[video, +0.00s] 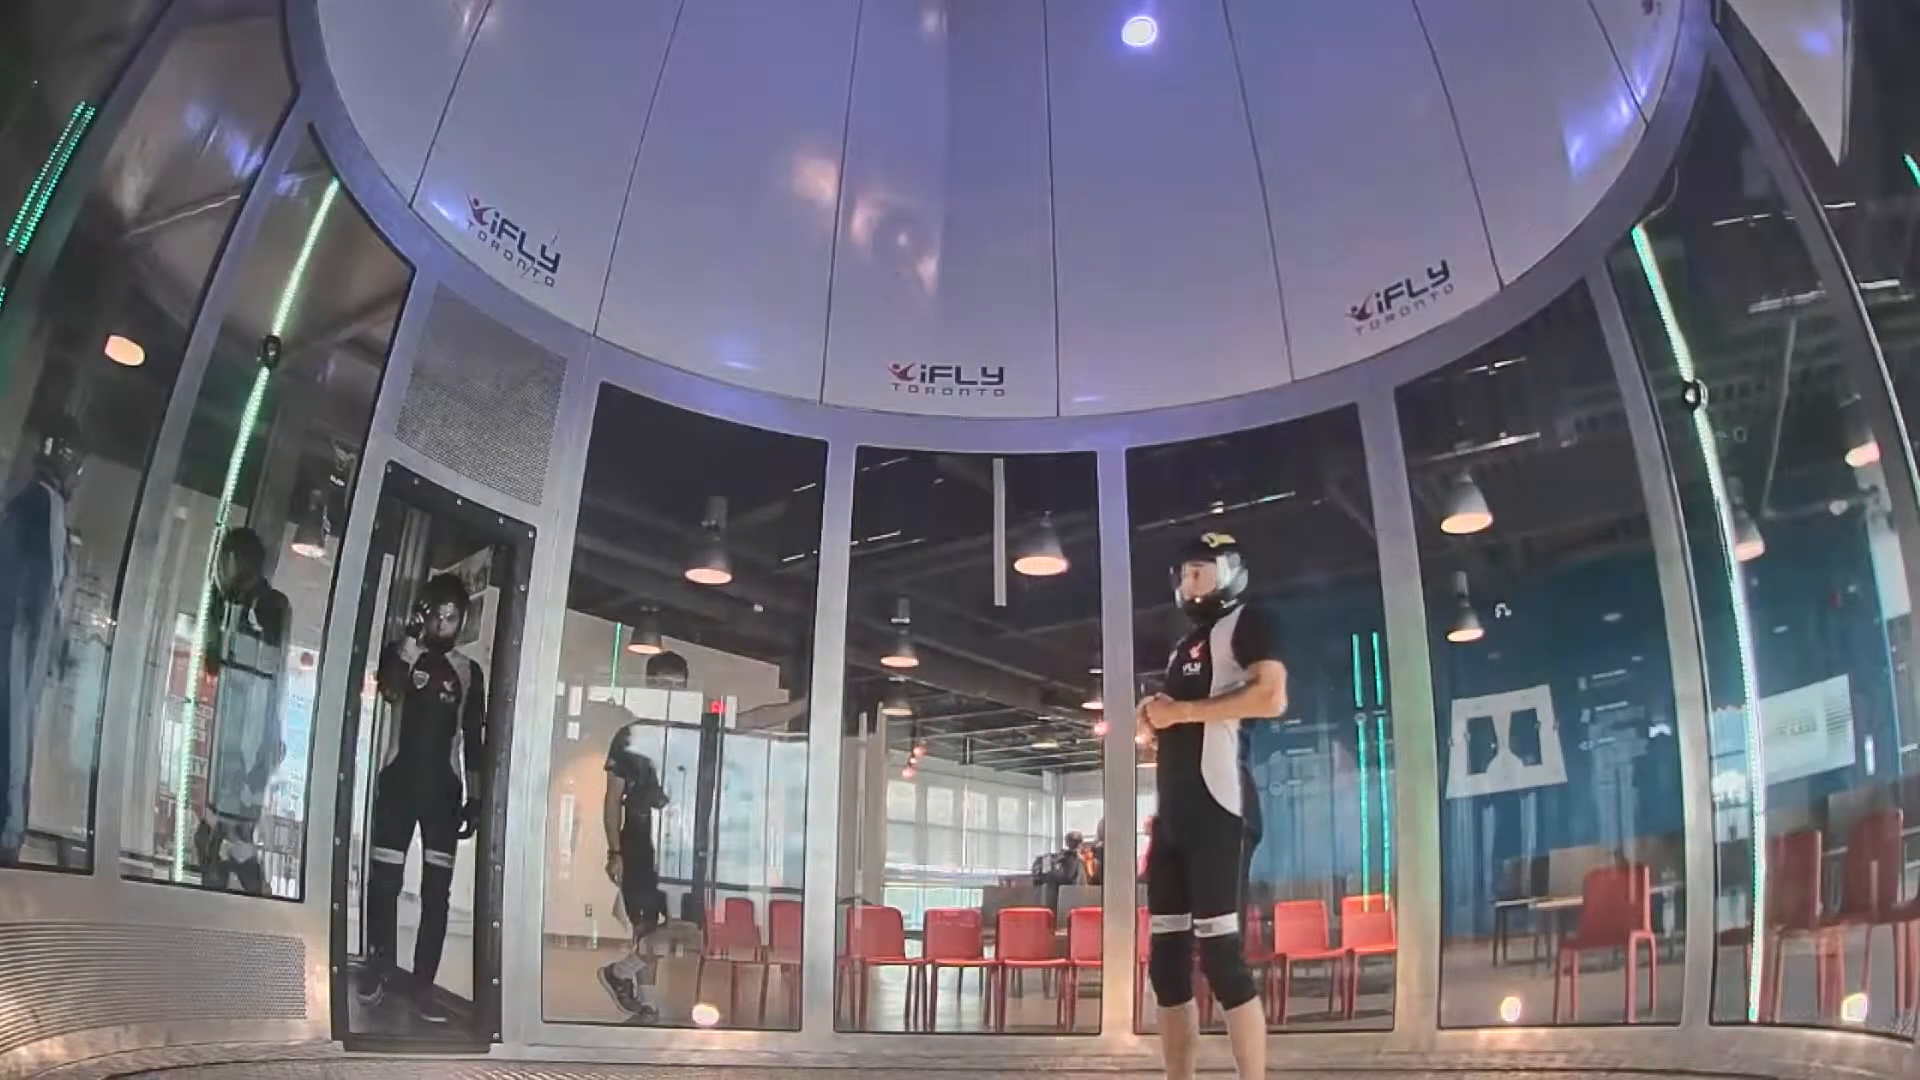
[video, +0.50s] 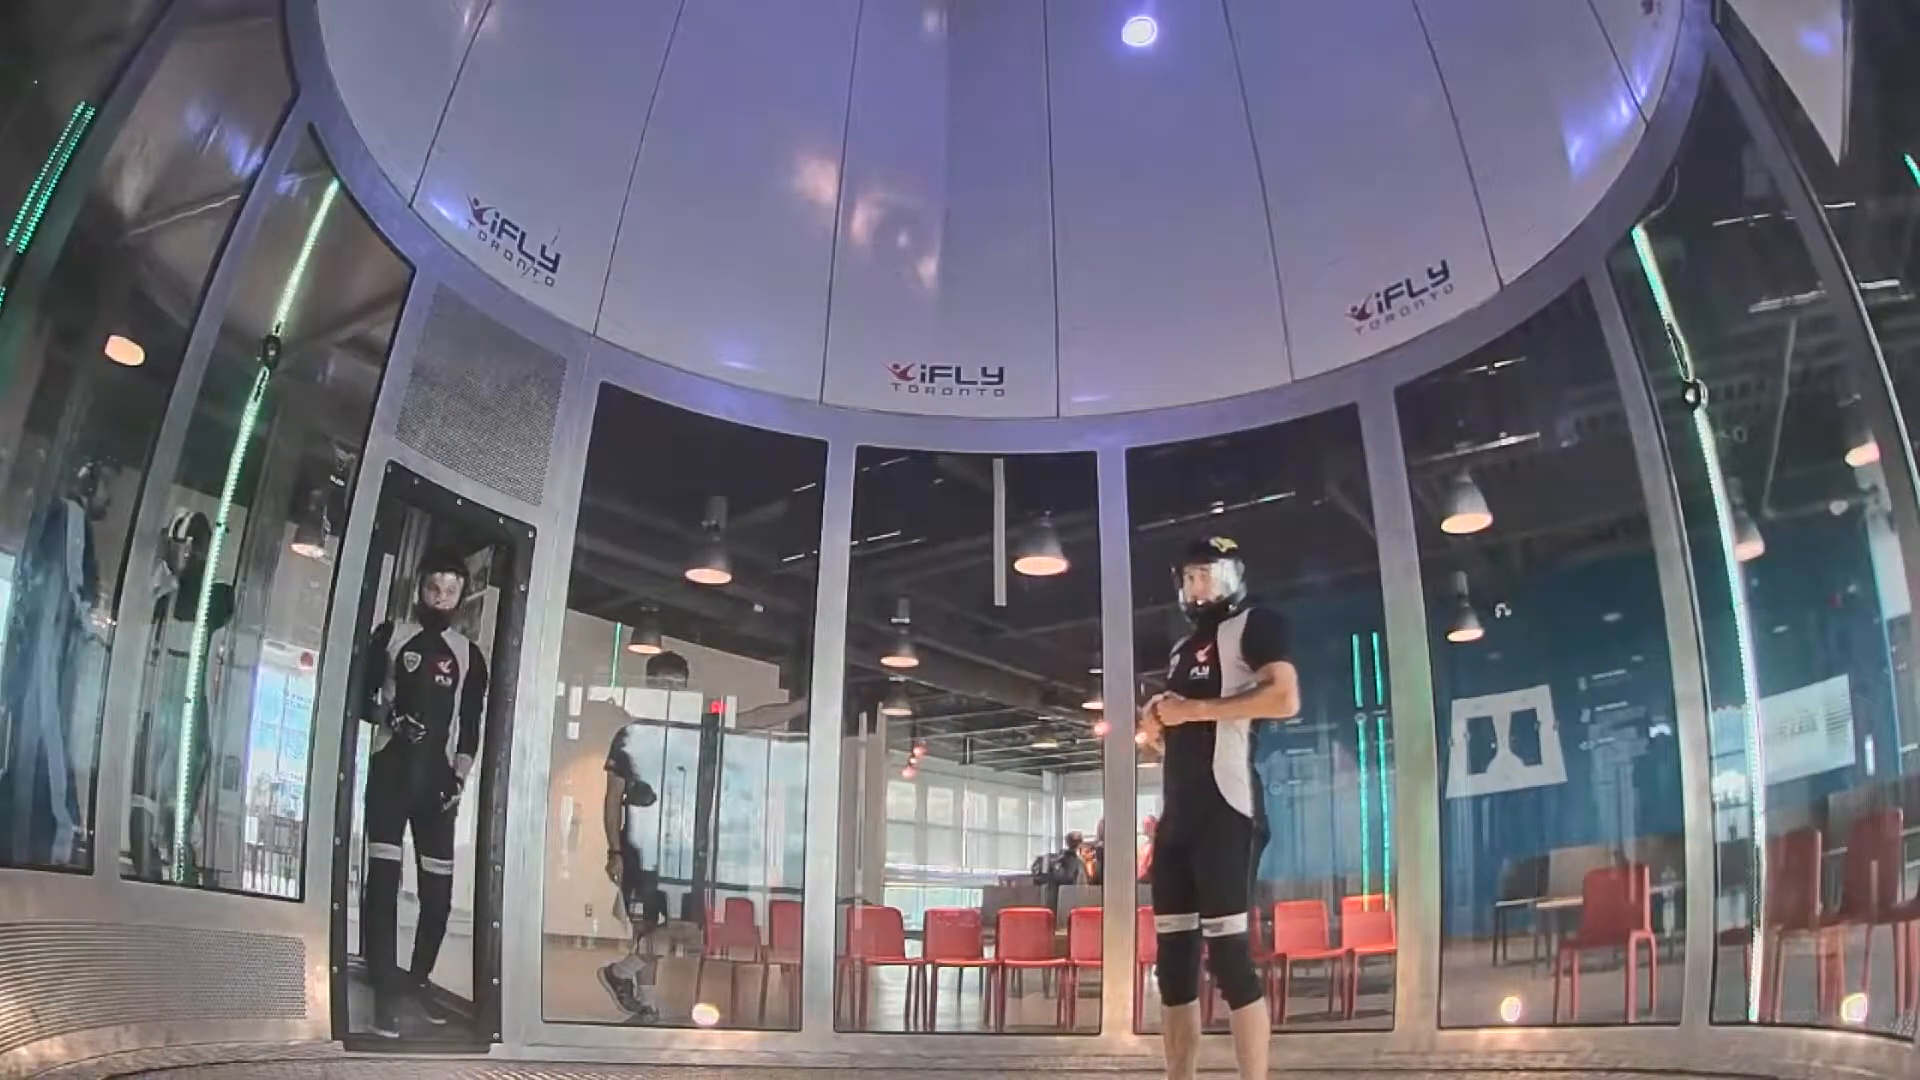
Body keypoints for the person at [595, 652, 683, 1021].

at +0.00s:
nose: (674, 689)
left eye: (678, 682)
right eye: (668, 681)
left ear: (683, 682)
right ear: (654, 681)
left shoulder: (673, 736)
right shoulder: (631, 737)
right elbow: (613, 800)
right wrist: (614, 850)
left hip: (659, 835)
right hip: (637, 836)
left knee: (653, 919)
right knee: (652, 917)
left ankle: (646, 998)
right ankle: (622, 972)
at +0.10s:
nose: (675, 689)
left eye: (679, 681)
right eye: (668, 680)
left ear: (683, 684)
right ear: (654, 681)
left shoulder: (651, 749)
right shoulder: (626, 745)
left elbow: (656, 799)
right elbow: (612, 802)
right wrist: (614, 850)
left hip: (644, 846)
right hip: (632, 848)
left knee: (647, 924)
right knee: (650, 921)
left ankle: (645, 1000)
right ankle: (621, 972)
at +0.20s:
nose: (674, 689)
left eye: (678, 682)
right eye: (668, 680)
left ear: (682, 683)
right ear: (654, 681)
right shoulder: (628, 742)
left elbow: (641, 801)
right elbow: (613, 801)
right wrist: (614, 850)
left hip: (644, 842)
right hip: (632, 843)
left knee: (649, 921)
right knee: (651, 917)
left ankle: (646, 998)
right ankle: (621, 971)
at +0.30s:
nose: (676, 689)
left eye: (680, 682)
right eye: (670, 680)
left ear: (683, 683)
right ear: (654, 681)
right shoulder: (629, 741)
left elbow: (625, 805)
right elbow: (613, 802)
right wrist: (614, 851)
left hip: (650, 846)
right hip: (636, 847)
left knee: (647, 926)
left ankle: (645, 999)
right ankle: (622, 971)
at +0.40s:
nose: (675, 690)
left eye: (679, 682)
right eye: (668, 681)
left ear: (683, 684)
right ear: (653, 681)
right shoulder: (628, 742)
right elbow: (612, 802)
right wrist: (615, 851)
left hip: (654, 847)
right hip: (638, 849)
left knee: (647, 927)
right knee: (685, 925)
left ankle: (645, 1000)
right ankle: (621, 972)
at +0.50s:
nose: (673, 689)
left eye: (678, 682)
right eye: (666, 681)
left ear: (685, 683)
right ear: (651, 682)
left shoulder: (690, 733)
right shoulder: (631, 735)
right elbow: (614, 798)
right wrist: (615, 851)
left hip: (678, 845)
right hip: (643, 848)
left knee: (649, 928)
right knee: (686, 925)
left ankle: (645, 1002)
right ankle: (621, 973)